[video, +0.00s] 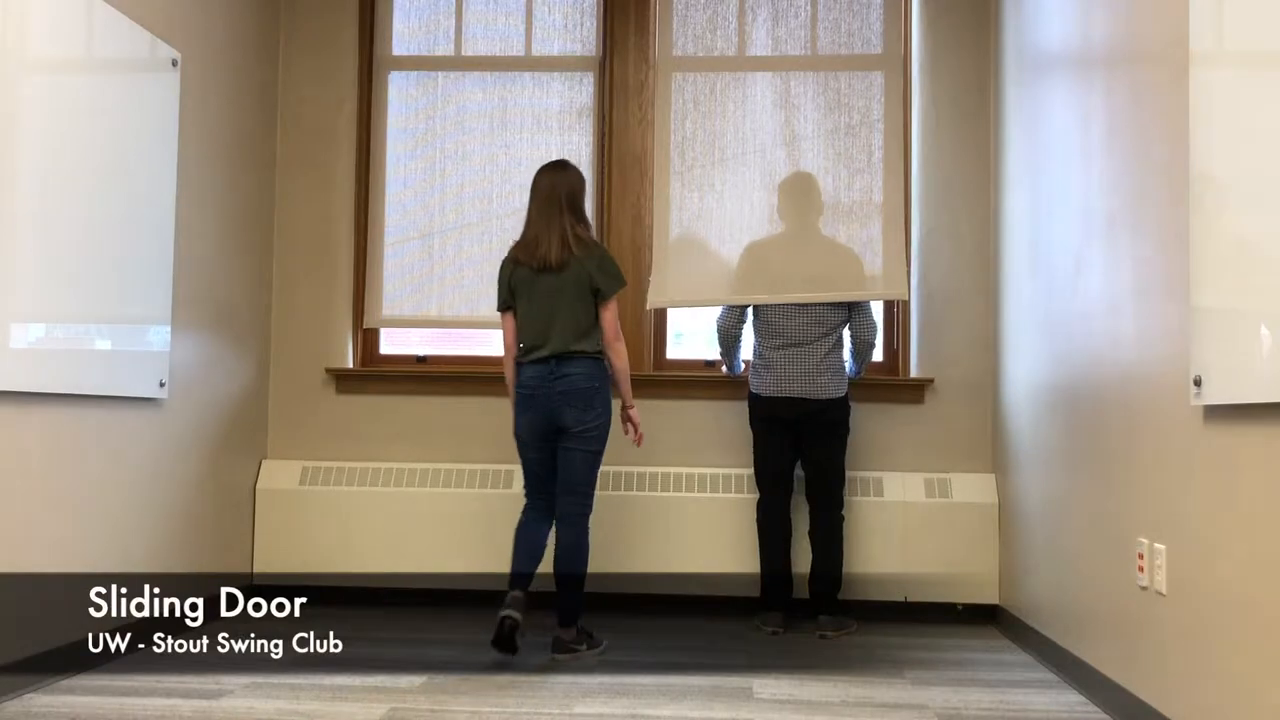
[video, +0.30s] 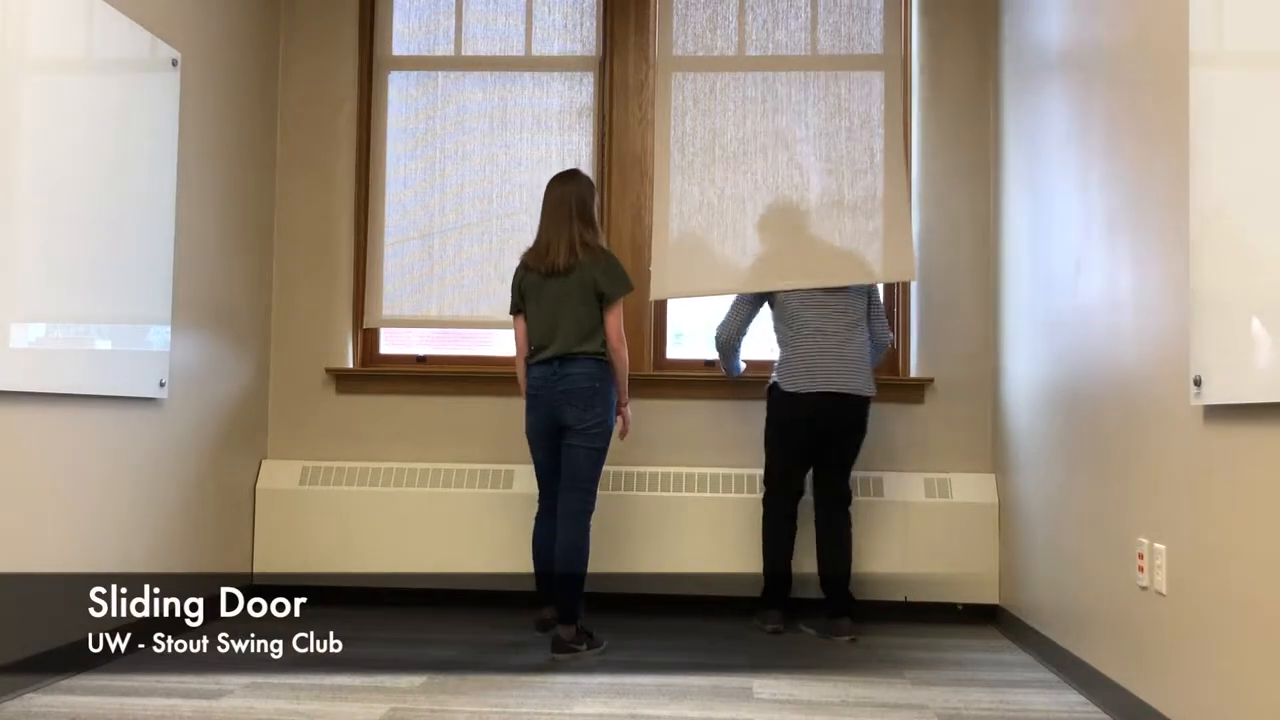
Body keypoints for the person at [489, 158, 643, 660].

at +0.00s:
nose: (584, 205)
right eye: (581, 196)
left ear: (534, 200)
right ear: (579, 201)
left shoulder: (514, 262)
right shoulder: (595, 258)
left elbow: (511, 349)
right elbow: (612, 337)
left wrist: (518, 407)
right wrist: (627, 401)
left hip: (532, 391)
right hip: (586, 389)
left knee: (538, 502)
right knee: (574, 510)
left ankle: (515, 597)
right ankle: (568, 631)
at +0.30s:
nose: (598, 211)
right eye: (594, 203)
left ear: (547, 207)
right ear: (589, 208)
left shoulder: (527, 267)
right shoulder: (601, 263)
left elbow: (523, 349)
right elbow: (615, 340)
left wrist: (531, 399)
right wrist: (622, 399)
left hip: (540, 389)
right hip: (589, 386)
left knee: (549, 501)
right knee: (576, 506)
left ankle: (549, 611)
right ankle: (568, 629)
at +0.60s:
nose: (598, 218)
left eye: (595, 209)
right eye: (595, 211)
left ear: (550, 215)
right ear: (585, 215)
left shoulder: (532, 271)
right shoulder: (593, 272)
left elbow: (527, 346)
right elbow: (604, 342)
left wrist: (535, 395)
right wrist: (622, 404)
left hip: (538, 393)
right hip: (580, 392)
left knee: (547, 502)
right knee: (577, 506)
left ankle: (554, 614)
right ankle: (565, 625)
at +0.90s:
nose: (595, 223)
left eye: (593, 216)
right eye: (589, 216)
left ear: (552, 219)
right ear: (569, 219)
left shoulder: (536, 273)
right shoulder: (576, 272)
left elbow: (537, 347)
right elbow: (583, 345)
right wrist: (606, 408)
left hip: (538, 392)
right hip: (569, 393)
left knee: (551, 502)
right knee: (594, 503)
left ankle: (552, 609)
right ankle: (554, 609)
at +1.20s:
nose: (588, 222)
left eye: (587, 214)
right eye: (579, 215)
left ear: (566, 221)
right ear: (556, 219)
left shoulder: (550, 269)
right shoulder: (552, 271)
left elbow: (562, 344)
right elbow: (562, 345)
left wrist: (587, 402)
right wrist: (591, 404)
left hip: (554, 389)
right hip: (556, 391)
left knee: (558, 498)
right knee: (581, 500)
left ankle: (549, 605)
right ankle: (541, 608)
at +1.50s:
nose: (574, 216)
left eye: (578, 210)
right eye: (565, 209)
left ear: (582, 218)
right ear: (545, 216)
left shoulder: (575, 277)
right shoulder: (534, 267)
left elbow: (581, 350)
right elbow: (531, 338)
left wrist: (591, 404)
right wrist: (560, 399)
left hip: (574, 394)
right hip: (543, 393)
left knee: (571, 502)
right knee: (550, 501)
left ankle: (556, 604)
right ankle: (534, 610)